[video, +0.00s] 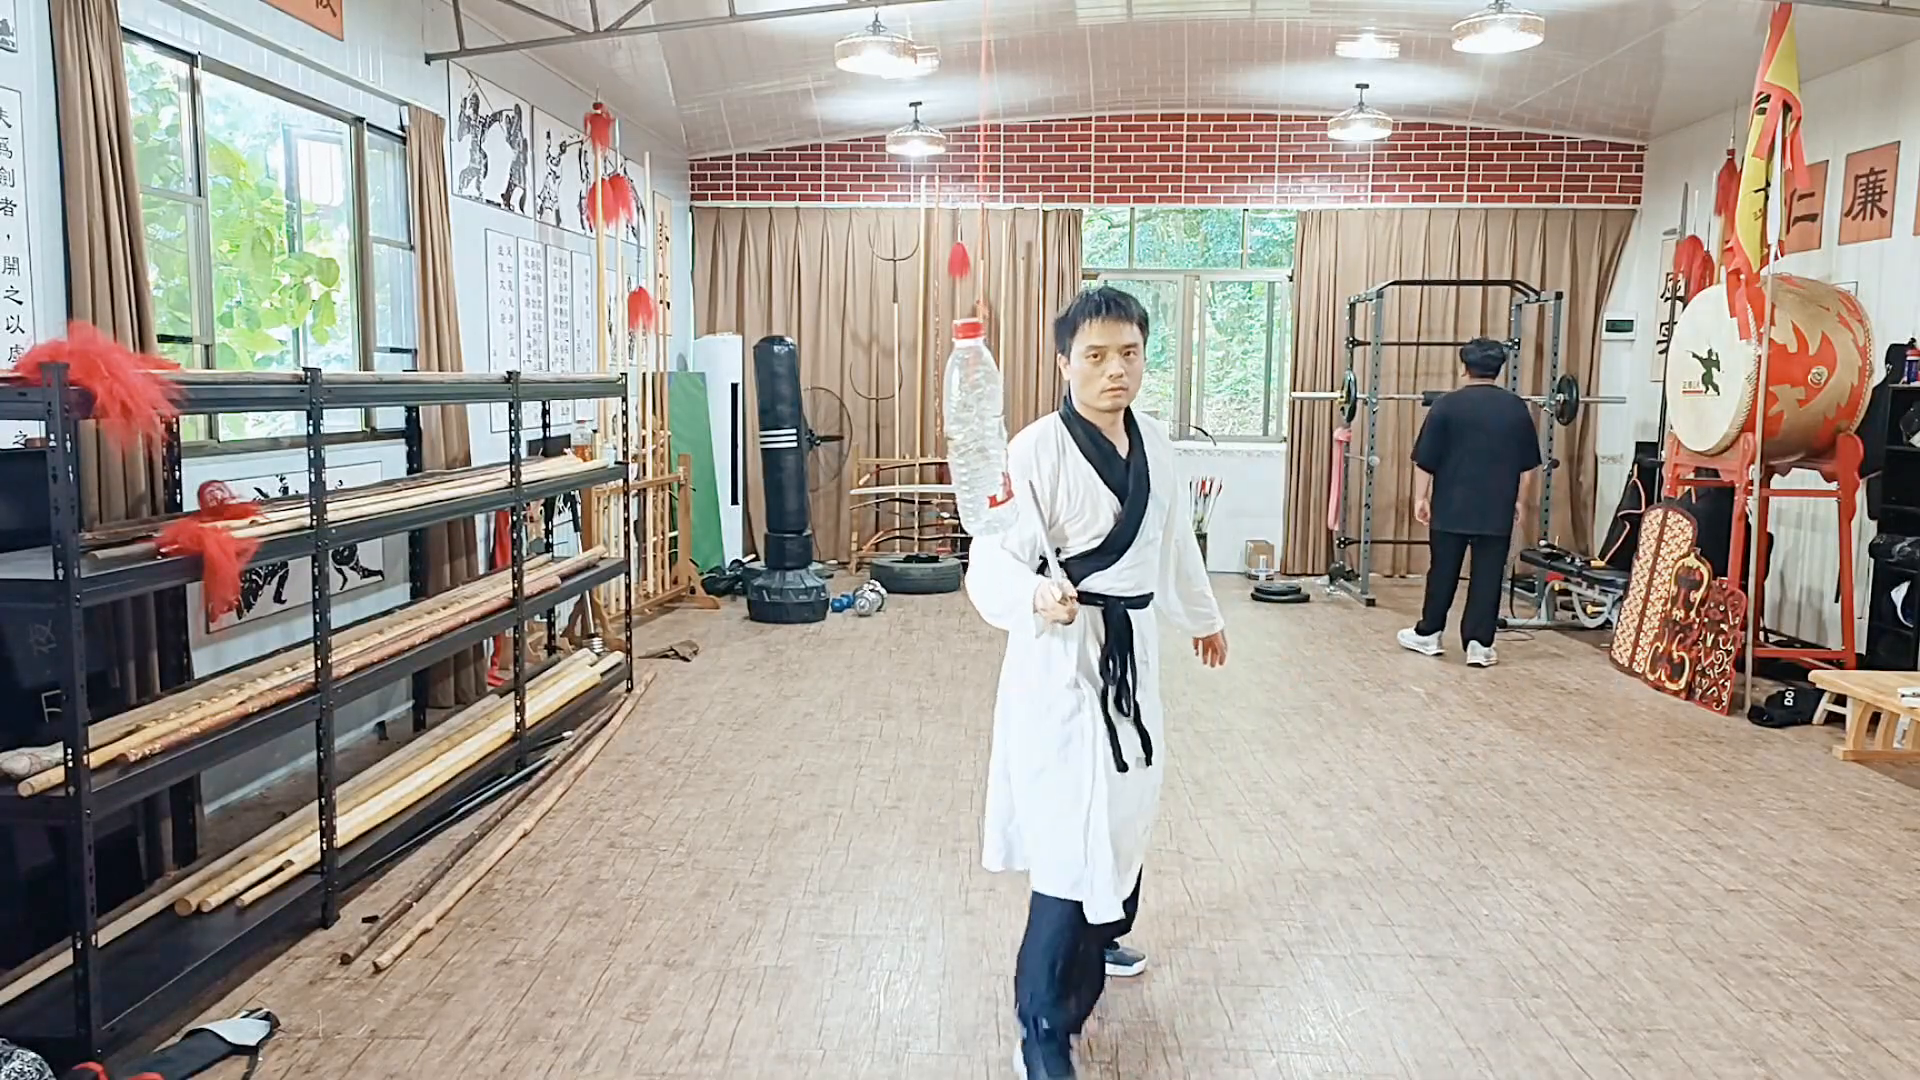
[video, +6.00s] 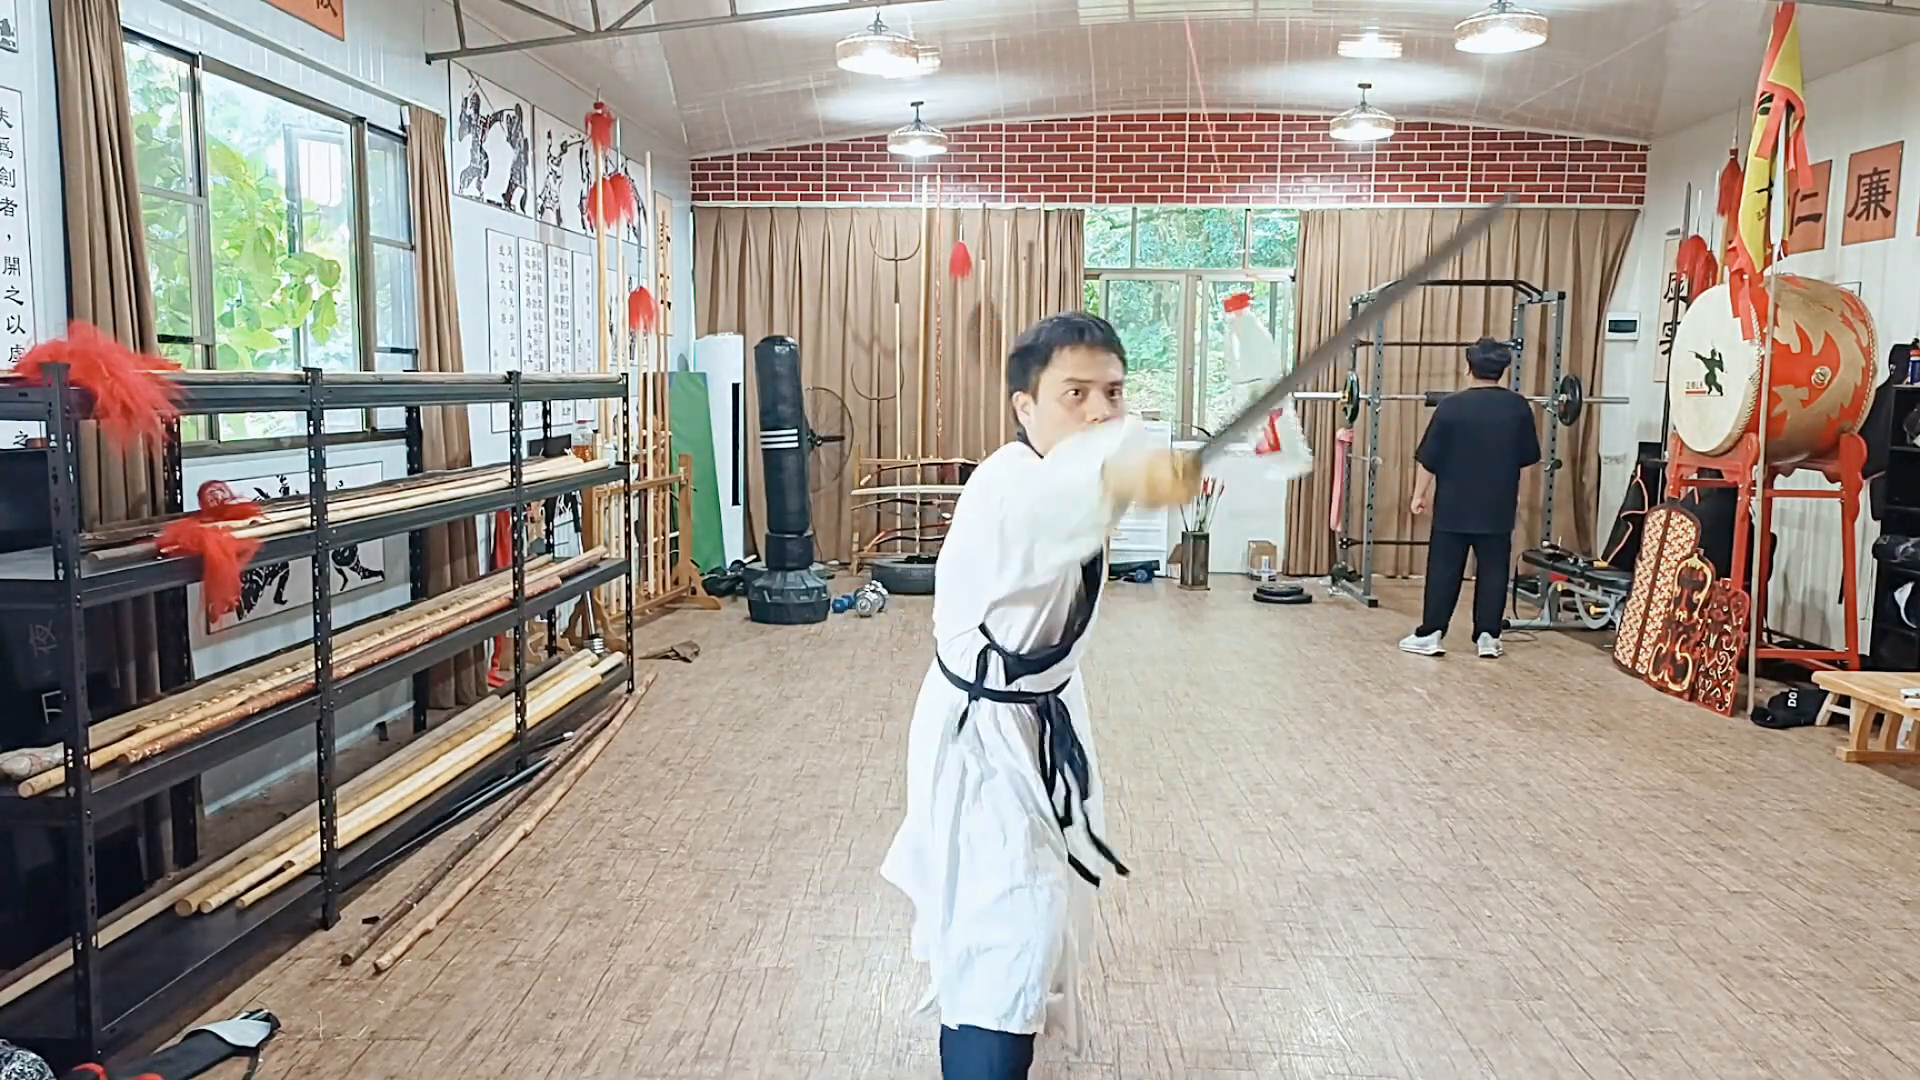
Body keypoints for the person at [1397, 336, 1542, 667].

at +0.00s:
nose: (1461, 370)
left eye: (1463, 366)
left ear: (1465, 368)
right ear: (1499, 370)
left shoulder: (1447, 405)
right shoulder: (1516, 407)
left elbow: (1426, 459)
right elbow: (1529, 465)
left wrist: (1420, 497)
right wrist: (1522, 504)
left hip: (1450, 507)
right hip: (1496, 511)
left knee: (1442, 573)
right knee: (1487, 580)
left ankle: (1428, 635)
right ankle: (1479, 645)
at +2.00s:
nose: (1403, 380)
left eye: (1404, 376)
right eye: (1405, 376)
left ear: (1407, 379)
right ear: (1437, 377)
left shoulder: (1397, 414)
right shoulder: (1457, 408)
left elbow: (1382, 465)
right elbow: (1473, 457)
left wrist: (1380, 499)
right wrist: (1474, 491)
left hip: (1411, 505)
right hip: (1448, 503)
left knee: (1407, 563)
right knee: (1435, 562)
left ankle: (1422, 628)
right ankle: (1425, 623)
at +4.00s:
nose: (1437, 365)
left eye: (1439, 361)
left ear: (1441, 365)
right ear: (1474, 366)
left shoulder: (1425, 401)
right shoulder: (1490, 401)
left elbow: (1403, 454)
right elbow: (1503, 456)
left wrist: (1397, 490)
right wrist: (1498, 495)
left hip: (1430, 503)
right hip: (1473, 503)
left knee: (1431, 568)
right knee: (1468, 568)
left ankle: (1430, 634)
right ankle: (1464, 635)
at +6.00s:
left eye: (1469, 365)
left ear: (1470, 368)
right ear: (1505, 369)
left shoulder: (1451, 406)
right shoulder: (1518, 407)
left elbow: (1429, 458)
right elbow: (1527, 460)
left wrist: (1419, 492)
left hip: (1452, 509)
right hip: (1496, 512)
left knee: (1443, 571)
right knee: (1493, 574)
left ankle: (1430, 634)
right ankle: (1488, 637)